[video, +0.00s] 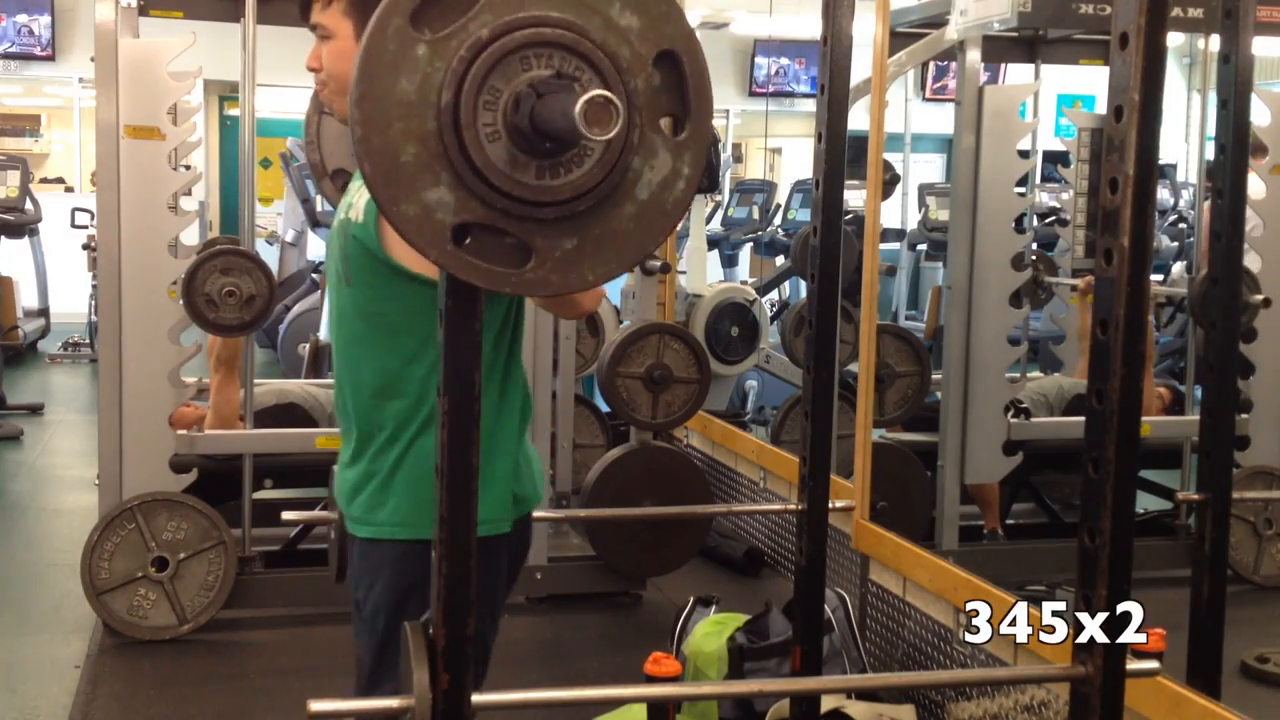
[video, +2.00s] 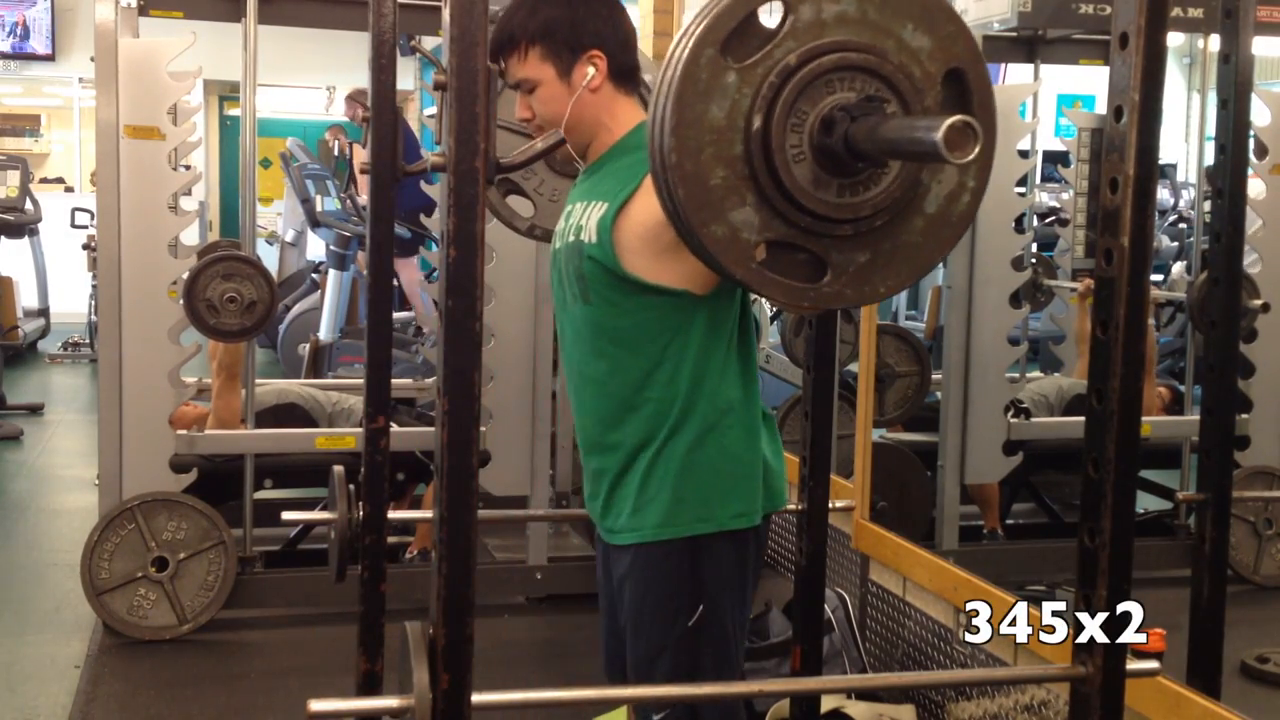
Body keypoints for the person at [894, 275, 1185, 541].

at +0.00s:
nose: (1153, 394)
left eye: (1160, 397)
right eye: (1157, 390)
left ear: (1160, 414)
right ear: (1145, 385)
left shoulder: (1130, 417)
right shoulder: (1097, 393)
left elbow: (1145, 359)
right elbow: (1087, 340)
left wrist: (1139, 303)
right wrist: (1084, 296)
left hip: (1025, 410)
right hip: (1006, 397)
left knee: (978, 446)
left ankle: (993, 530)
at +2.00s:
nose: (1155, 393)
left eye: (1161, 397)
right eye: (1157, 390)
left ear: (1161, 412)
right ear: (1146, 386)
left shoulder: (1132, 417)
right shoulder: (1100, 391)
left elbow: (1145, 365)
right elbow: (1085, 346)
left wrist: (1145, 311)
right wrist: (1083, 300)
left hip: (1023, 413)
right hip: (1007, 398)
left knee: (978, 449)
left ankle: (992, 530)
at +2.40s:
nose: (1156, 391)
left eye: (1161, 394)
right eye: (1158, 389)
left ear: (1164, 410)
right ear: (1150, 392)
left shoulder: (1141, 410)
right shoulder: (1101, 388)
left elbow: (1149, 373)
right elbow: (1078, 356)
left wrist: (1146, 320)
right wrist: (1082, 305)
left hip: (1020, 409)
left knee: (977, 446)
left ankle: (992, 529)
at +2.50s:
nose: (1157, 392)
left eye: (1162, 394)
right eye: (1160, 391)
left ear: (1164, 406)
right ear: (1152, 393)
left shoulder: (1137, 411)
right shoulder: (1092, 390)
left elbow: (1151, 380)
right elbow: (1073, 358)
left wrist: (1146, 325)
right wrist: (1082, 312)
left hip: (1016, 415)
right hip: (1001, 406)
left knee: (977, 454)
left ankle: (993, 529)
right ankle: (992, 526)